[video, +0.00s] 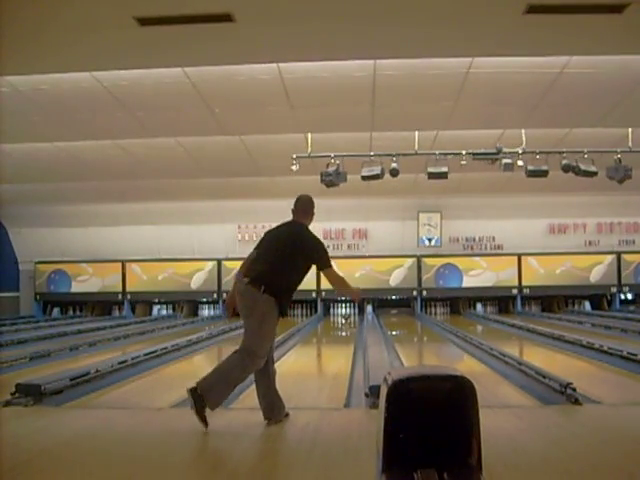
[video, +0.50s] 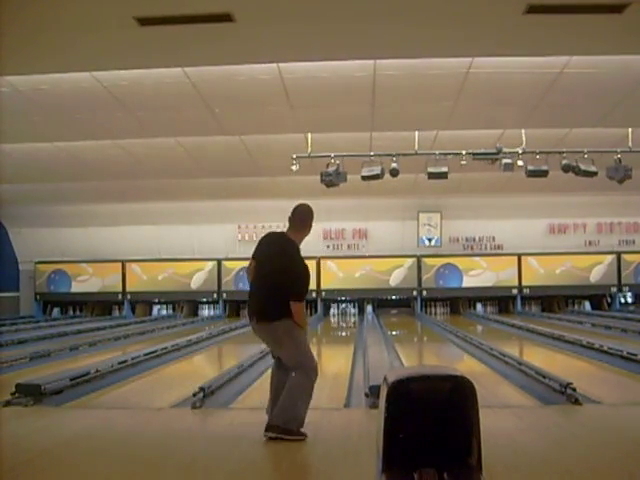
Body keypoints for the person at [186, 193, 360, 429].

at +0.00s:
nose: (311, 216)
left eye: (308, 211)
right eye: (312, 212)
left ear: (293, 211)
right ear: (312, 214)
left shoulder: (275, 231)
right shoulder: (311, 241)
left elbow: (247, 264)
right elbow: (332, 277)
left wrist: (232, 294)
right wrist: (352, 292)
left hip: (245, 289)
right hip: (264, 296)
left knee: (263, 356)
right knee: (253, 354)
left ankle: (274, 413)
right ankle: (203, 393)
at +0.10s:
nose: (308, 211)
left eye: (305, 206)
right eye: (310, 208)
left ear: (292, 206)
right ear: (311, 209)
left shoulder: (273, 228)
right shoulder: (309, 238)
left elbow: (247, 262)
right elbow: (330, 274)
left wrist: (239, 293)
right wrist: (347, 287)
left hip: (248, 292)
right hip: (266, 297)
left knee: (264, 357)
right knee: (260, 357)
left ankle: (275, 413)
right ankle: (213, 396)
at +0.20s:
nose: (308, 209)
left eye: (304, 205)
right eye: (310, 206)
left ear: (291, 203)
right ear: (312, 207)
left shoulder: (270, 226)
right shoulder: (308, 238)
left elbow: (247, 259)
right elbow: (323, 276)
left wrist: (252, 283)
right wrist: (336, 291)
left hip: (248, 294)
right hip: (270, 299)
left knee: (264, 357)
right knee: (274, 358)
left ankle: (274, 413)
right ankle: (233, 406)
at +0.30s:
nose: (311, 215)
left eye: (307, 209)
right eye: (312, 211)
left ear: (292, 208)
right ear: (311, 213)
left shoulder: (270, 228)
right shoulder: (306, 247)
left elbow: (248, 259)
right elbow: (314, 291)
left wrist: (258, 284)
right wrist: (326, 304)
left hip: (250, 305)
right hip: (273, 308)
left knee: (269, 358)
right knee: (288, 362)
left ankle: (268, 413)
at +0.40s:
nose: (309, 224)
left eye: (304, 219)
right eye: (310, 221)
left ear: (290, 216)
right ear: (310, 222)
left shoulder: (270, 235)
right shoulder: (301, 260)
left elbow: (249, 265)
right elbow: (303, 303)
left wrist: (260, 289)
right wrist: (312, 324)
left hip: (256, 312)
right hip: (277, 314)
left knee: (275, 361)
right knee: (301, 364)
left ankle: (274, 421)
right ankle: (287, 424)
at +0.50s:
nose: (307, 229)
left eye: (303, 223)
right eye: (309, 225)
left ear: (289, 220)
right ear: (309, 227)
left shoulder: (269, 239)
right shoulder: (297, 265)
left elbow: (251, 269)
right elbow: (297, 307)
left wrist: (260, 293)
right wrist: (303, 328)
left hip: (258, 316)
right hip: (279, 319)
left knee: (283, 364)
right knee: (307, 369)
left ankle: (276, 421)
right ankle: (285, 425)